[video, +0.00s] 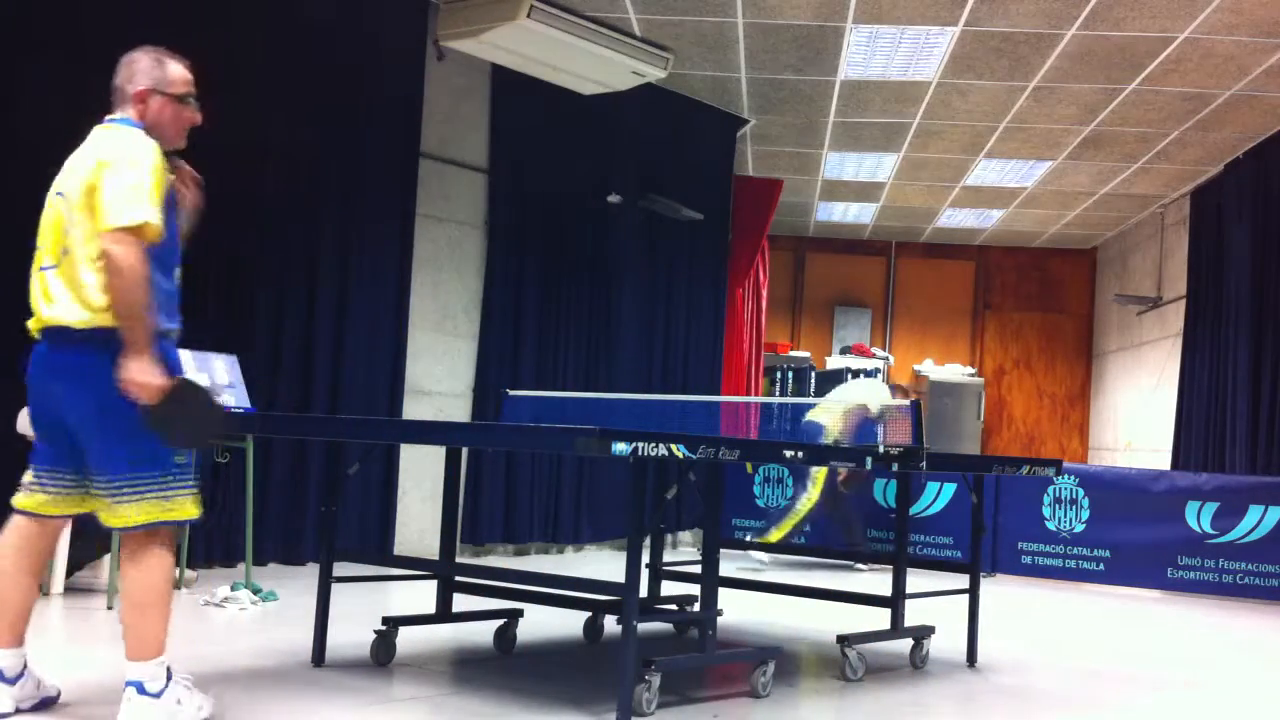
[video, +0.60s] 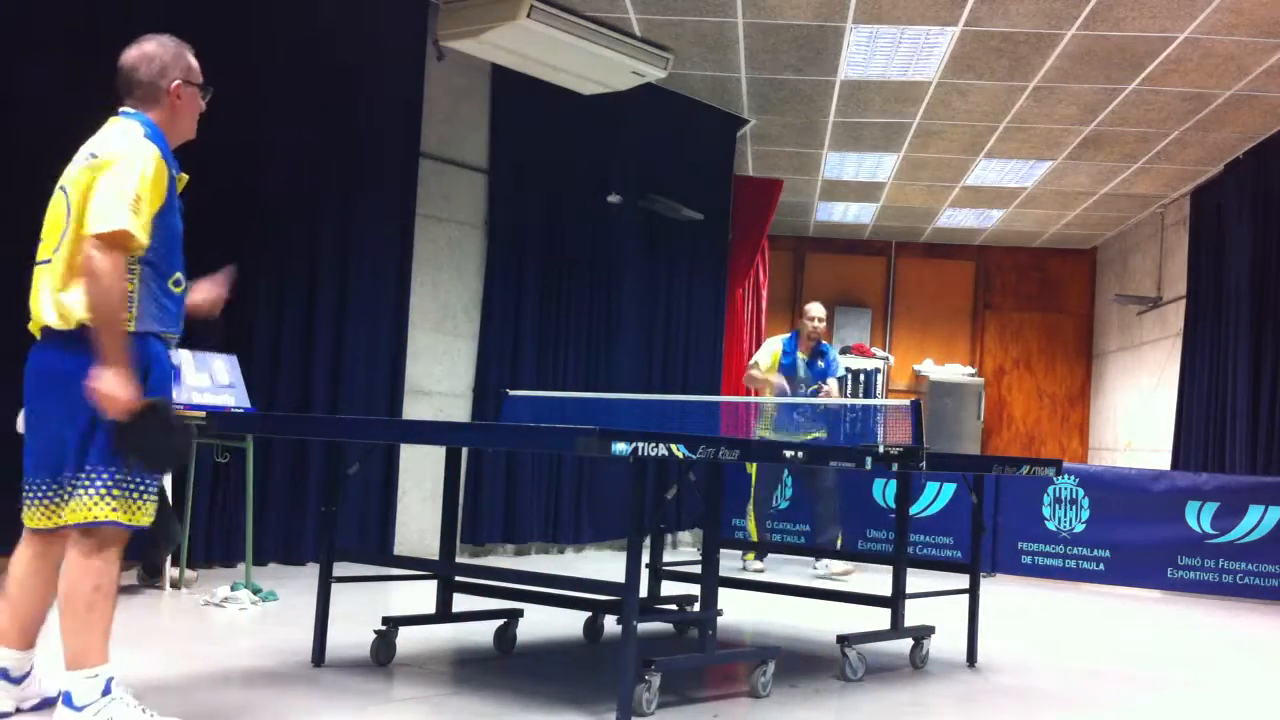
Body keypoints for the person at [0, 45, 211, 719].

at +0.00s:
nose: (196, 113)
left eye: (195, 100)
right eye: (186, 99)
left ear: (136, 103)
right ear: (145, 100)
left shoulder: (93, 150)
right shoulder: (133, 152)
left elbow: (134, 262)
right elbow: (121, 253)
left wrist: (176, 216)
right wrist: (140, 352)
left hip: (56, 360)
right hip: (109, 362)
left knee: (38, 510)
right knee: (150, 524)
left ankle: (6, 670)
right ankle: (149, 684)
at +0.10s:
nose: (188, 113)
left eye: (185, 100)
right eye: (177, 99)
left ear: (132, 105)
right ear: (136, 101)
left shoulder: (114, 164)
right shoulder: (113, 151)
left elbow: (120, 300)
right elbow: (78, 234)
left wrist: (210, 298)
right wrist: (76, 341)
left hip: (50, 357)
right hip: (102, 360)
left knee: (31, 511)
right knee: (145, 516)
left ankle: (6, 671)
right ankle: (145, 681)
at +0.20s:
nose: (188, 110)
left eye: (184, 99)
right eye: (178, 97)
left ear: (141, 103)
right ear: (143, 101)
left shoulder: (122, 162)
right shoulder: (109, 148)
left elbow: (104, 282)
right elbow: (55, 235)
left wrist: (147, 366)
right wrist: (23, 333)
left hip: (61, 348)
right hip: (97, 350)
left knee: (29, 507)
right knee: (140, 508)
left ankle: (8, 670)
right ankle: (134, 678)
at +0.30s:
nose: (189, 106)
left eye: (185, 95)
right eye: (180, 93)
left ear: (139, 102)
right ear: (151, 99)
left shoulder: (125, 162)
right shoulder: (107, 150)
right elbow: (43, 236)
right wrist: (3, 328)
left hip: (62, 347)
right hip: (92, 348)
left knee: (26, 510)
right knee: (128, 510)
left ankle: (7, 671)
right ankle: (115, 681)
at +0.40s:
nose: (192, 112)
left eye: (190, 99)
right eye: (186, 98)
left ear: (137, 100)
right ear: (160, 99)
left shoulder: (102, 150)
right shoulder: (119, 151)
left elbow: (66, 261)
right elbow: (45, 244)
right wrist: (6, 333)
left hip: (52, 353)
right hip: (100, 357)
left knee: (23, 518)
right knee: (111, 525)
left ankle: (7, 673)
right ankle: (89, 690)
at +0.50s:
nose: (196, 108)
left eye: (195, 95)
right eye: (192, 95)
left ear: (139, 95)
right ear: (167, 96)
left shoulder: (107, 149)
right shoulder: (127, 152)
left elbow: (96, 263)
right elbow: (72, 247)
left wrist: (145, 352)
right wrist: (45, 347)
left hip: (69, 352)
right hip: (109, 356)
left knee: (32, 518)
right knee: (101, 527)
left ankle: (7, 672)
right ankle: (89, 689)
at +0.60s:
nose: (203, 102)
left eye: (201, 89)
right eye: (198, 88)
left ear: (145, 90)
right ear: (173, 90)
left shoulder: (106, 147)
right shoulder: (138, 152)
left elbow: (91, 273)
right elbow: (101, 257)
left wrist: (181, 298)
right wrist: (114, 363)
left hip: (65, 354)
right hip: (109, 357)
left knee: (46, 528)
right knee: (100, 533)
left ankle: (10, 674)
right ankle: (88, 693)